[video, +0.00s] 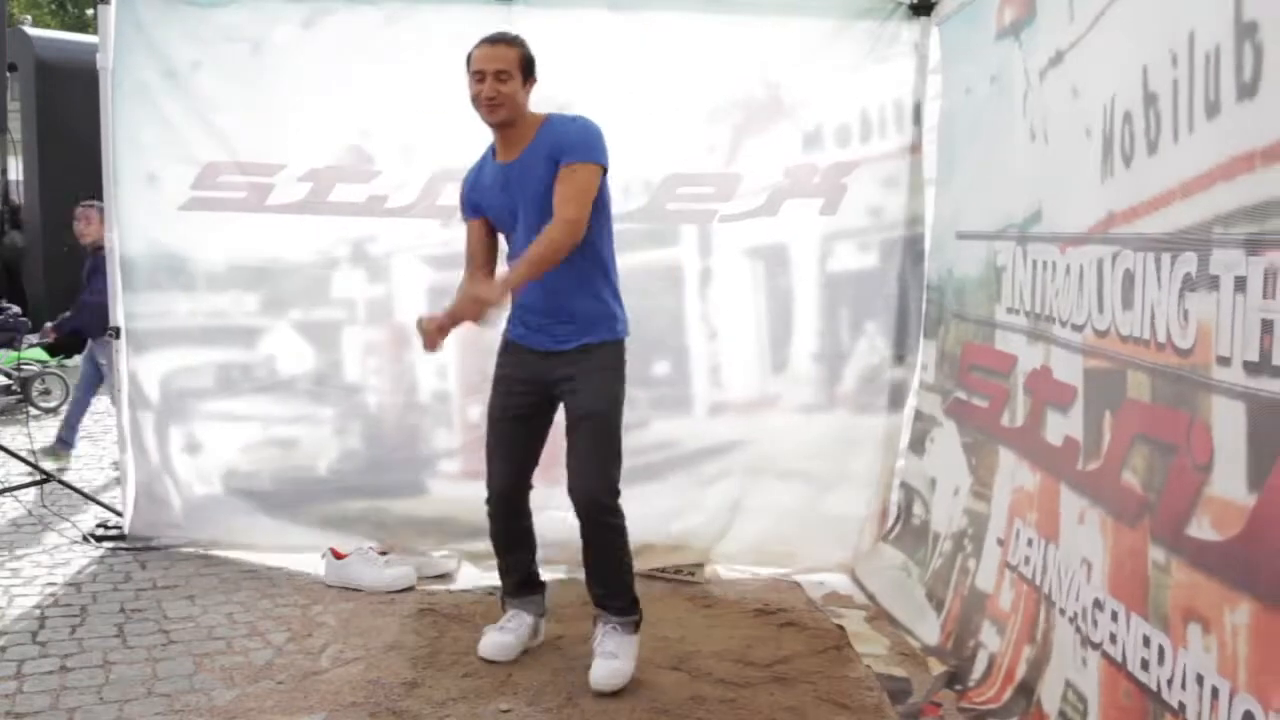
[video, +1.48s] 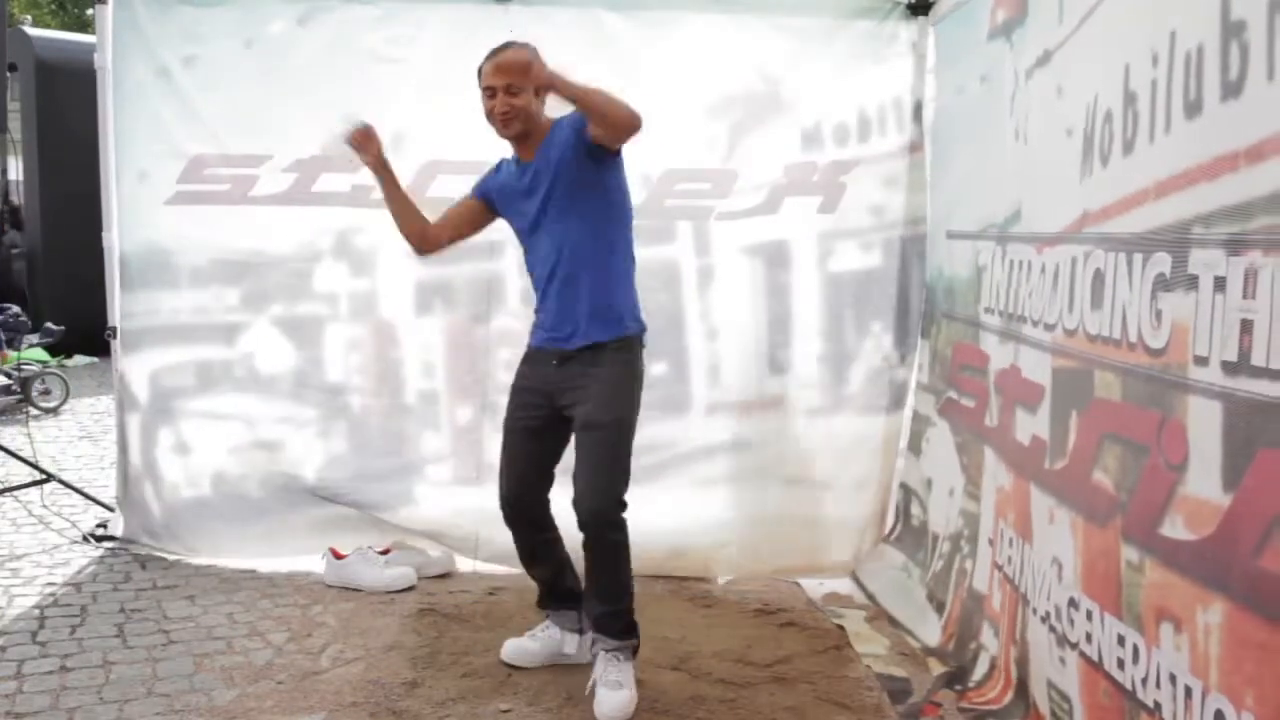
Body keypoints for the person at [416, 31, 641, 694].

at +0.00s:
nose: (491, 88)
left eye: (503, 77)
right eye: (480, 78)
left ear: (529, 84)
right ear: (469, 90)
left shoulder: (575, 136)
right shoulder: (479, 180)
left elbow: (568, 230)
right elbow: (480, 278)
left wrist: (501, 285)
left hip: (592, 345)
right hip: (524, 346)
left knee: (592, 493)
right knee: (504, 489)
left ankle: (617, 624)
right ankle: (523, 609)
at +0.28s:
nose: (491, 66)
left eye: (504, 54)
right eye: (480, 55)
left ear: (529, 59)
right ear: (469, 63)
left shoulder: (578, 120)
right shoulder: (468, 142)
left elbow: (650, 199)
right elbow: (397, 206)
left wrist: (729, 268)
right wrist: (327, 174)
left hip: (583, 328)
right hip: (511, 333)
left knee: (588, 479)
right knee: (514, 479)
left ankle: (587, 620)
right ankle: (536, 604)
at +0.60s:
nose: (532, 90)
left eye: (544, 78)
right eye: (521, 79)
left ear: (570, 81)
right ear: (509, 83)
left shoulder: (607, 155)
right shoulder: (482, 148)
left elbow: (639, 241)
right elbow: (385, 175)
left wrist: (667, 320)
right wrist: (394, 99)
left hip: (582, 348)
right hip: (505, 353)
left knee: (592, 484)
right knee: (515, 498)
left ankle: (585, 615)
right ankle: (544, 615)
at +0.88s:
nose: (552, 75)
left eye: (564, 63)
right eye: (542, 64)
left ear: (593, 66)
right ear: (530, 70)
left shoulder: (626, 153)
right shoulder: (502, 124)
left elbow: (623, 256)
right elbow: (430, 169)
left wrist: (615, 343)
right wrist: (431, 133)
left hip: (583, 345)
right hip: (507, 339)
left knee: (585, 497)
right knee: (506, 484)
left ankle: (586, 631)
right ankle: (527, 602)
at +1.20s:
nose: (525, 79)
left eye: (536, 65)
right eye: (512, 69)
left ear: (563, 64)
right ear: (502, 77)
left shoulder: (616, 120)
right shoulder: (505, 151)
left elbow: (692, 163)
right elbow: (430, 213)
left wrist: (677, 138)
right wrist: (369, 175)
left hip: (605, 341)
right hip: (530, 333)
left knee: (600, 492)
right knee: (478, 465)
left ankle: (589, 629)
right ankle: (515, 561)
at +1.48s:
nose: (502, 103)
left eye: (514, 91)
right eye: (491, 93)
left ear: (542, 93)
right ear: (482, 101)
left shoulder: (579, 135)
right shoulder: (503, 181)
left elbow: (626, 125)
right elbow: (426, 238)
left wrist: (559, 83)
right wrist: (379, 165)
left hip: (609, 351)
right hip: (545, 355)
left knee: (597, 503)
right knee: (520, 499)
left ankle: (615, 647)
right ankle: (569, 622)